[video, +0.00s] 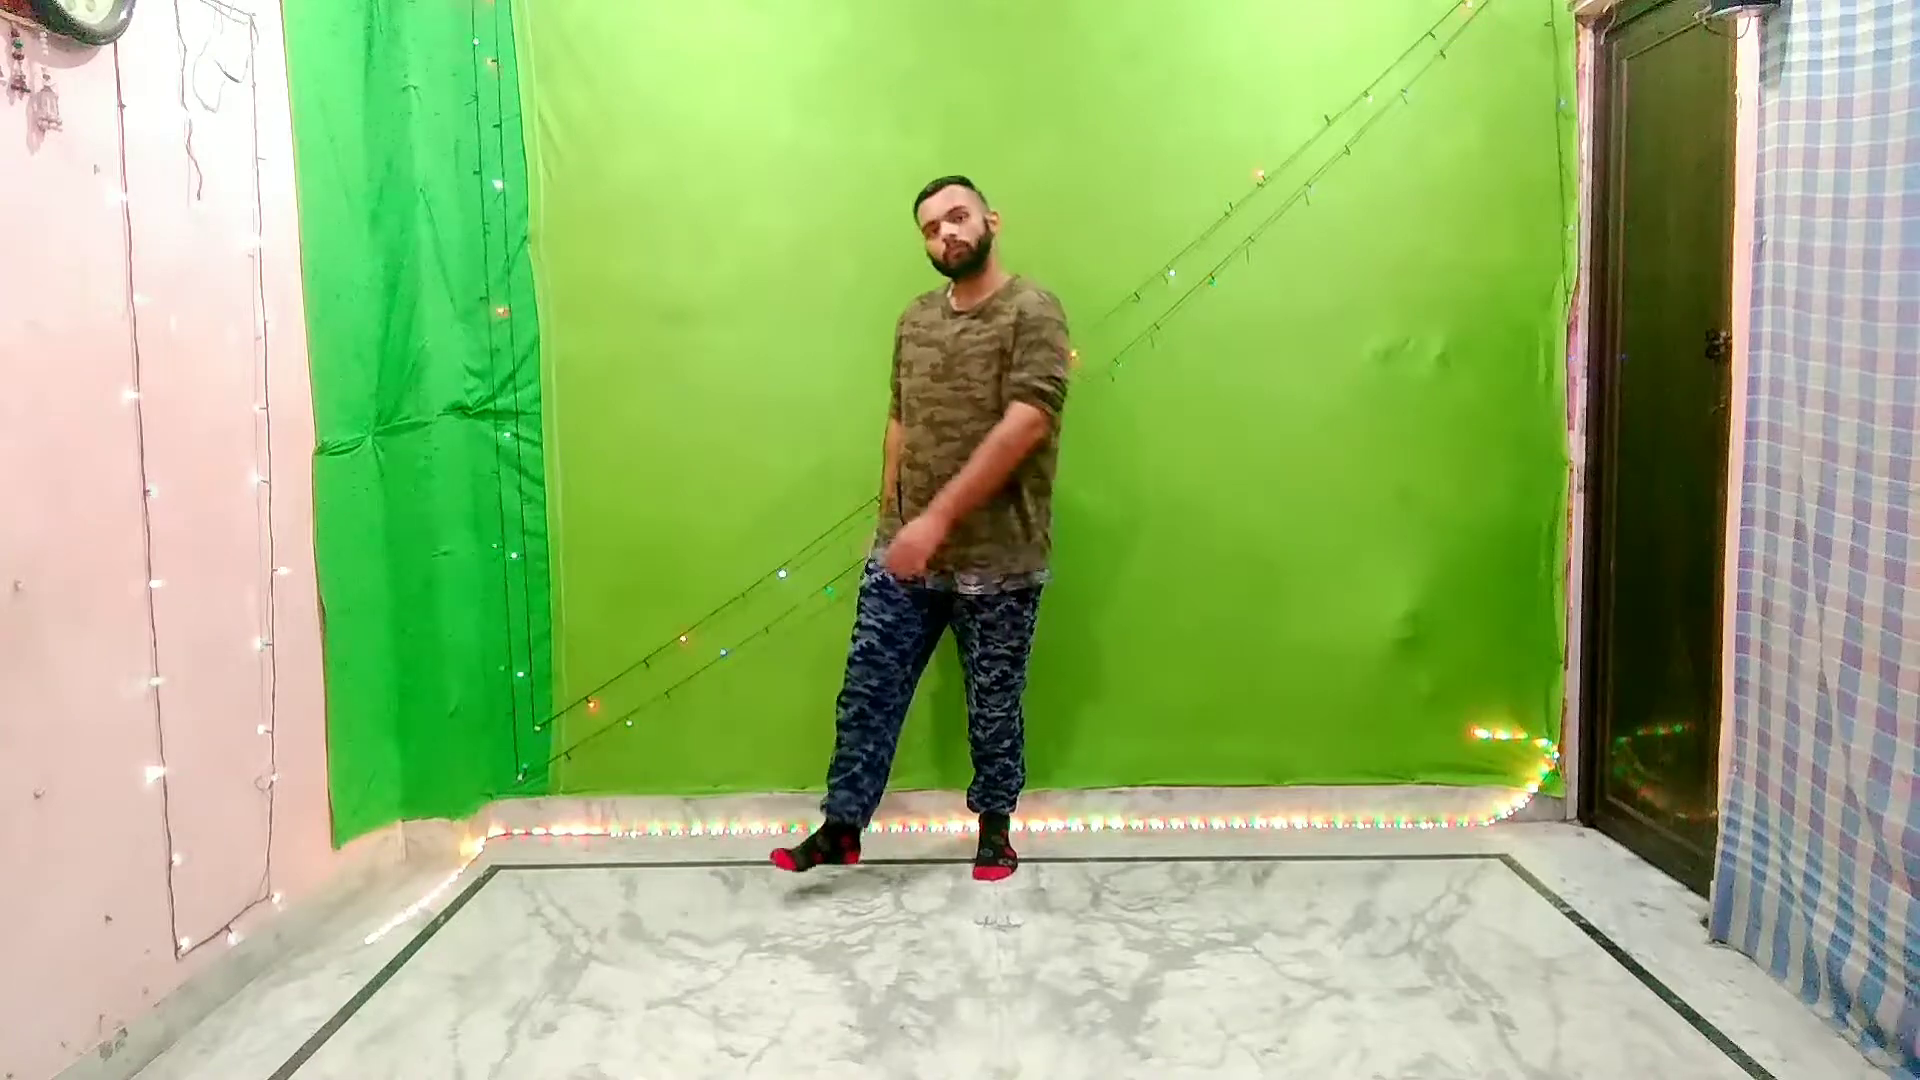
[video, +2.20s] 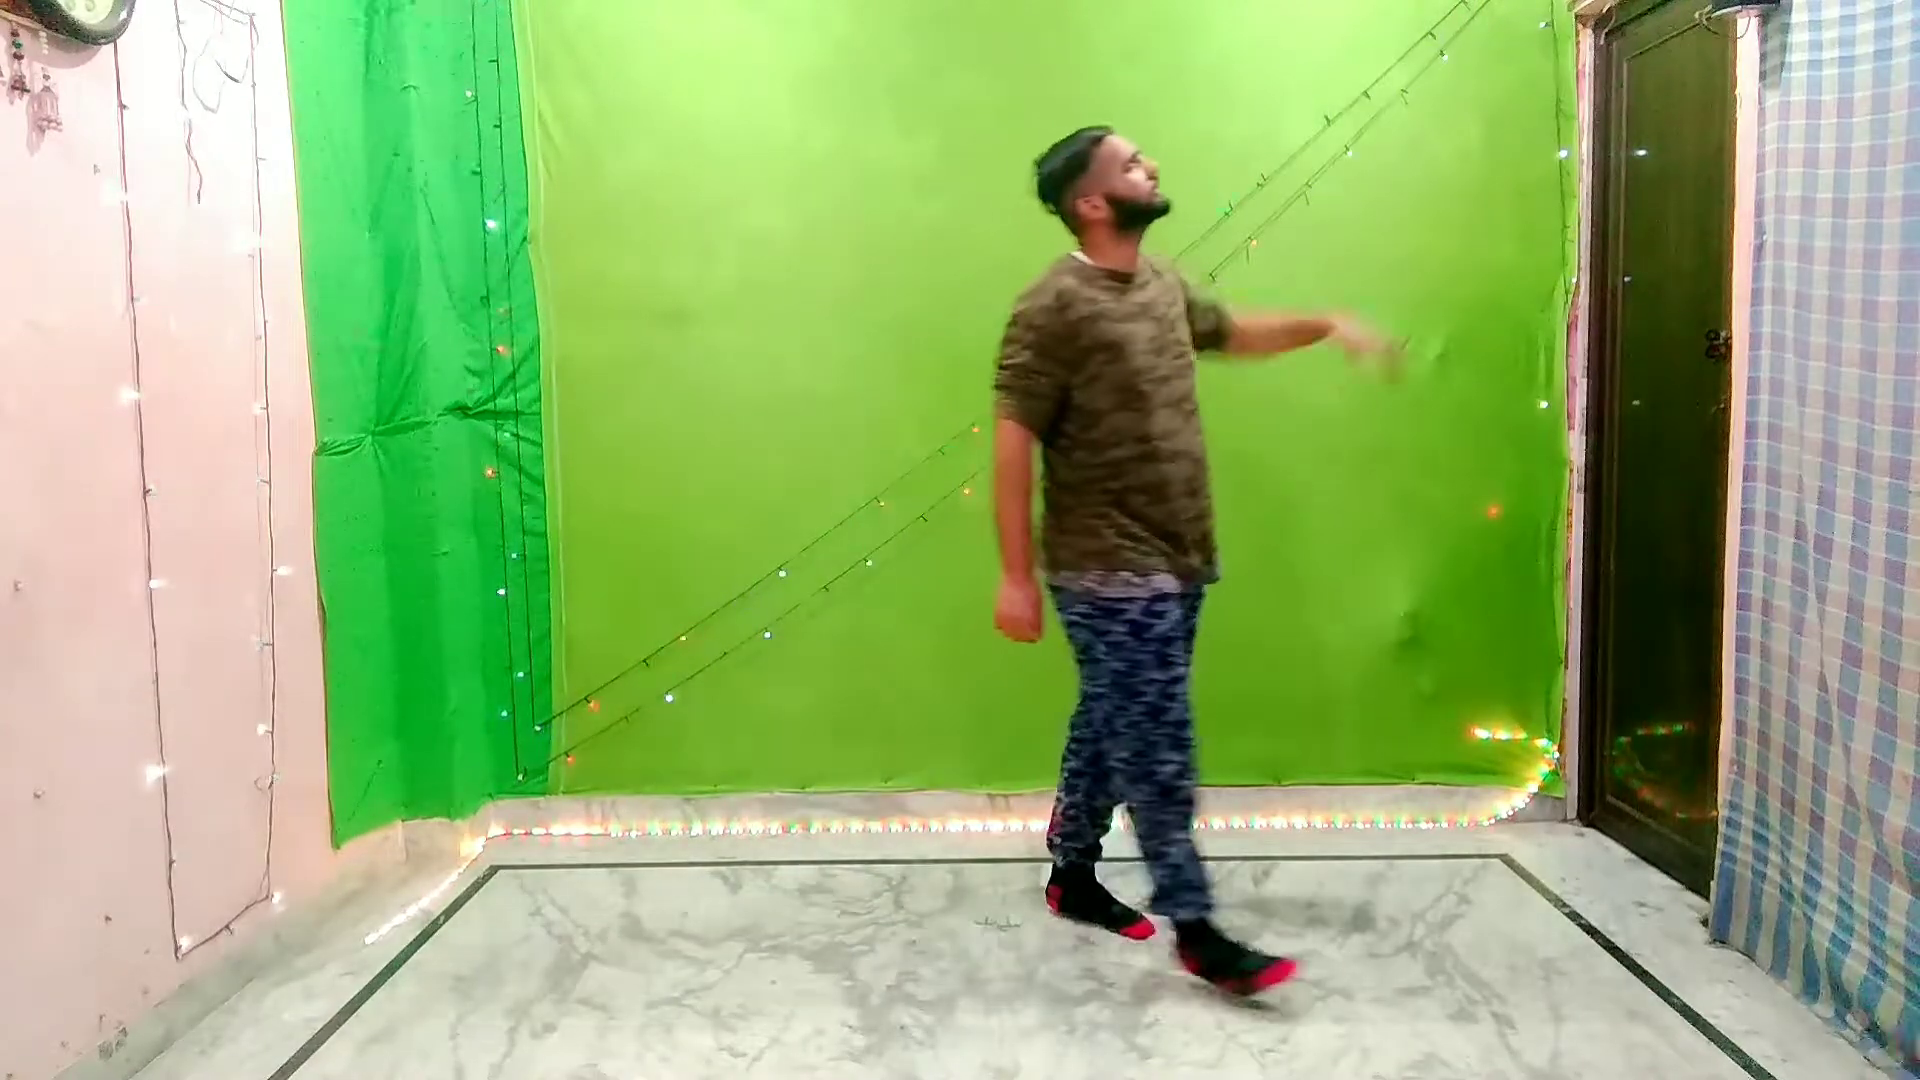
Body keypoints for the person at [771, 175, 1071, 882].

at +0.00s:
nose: (946, 233)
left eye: (956, 217)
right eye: (932, 229)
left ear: (992, 221)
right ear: (926, 247)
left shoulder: (1032, 310)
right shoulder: (917, 321)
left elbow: (1027, 422)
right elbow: (900, 423)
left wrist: (937, 520)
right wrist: (892, 517)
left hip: (997, 548)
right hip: (911, 543)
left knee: (993, 699)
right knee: (869, 686)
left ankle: (994, 829)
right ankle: (841, 828)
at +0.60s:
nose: (810, 213)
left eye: (810, 201)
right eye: (789, 219)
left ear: (833, 214)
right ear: (772, 259)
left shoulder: (914, 291)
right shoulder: (775, 352)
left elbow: (987, 391)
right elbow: (774, 469)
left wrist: (1006, 513)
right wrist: (783, 579)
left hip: (936, 550)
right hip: (831, 571)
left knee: (959, 704)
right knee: (832, 731)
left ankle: (983, 815)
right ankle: (823, 878)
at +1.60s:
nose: (938, 182)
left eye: (931, 173)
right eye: (915, 184)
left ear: (947, 203)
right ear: (885, 232)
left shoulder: (989, 297)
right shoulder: (881, 322)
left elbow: (1004, 432)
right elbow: (878, 458)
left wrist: (1029, 554)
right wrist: (921, 583)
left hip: (1015, 578)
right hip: (918, 590)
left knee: (1030, 744)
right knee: (873, 749)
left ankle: (1063, 882)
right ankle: (825, 887)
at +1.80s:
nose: (1034, 171)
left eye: (1027, 161)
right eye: (1011, 167)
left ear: (1015, 200)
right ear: (974, 206)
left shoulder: (1085, 283)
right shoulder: (957, 324)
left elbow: (1121, 391)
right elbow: (934, 462)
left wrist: (1111, 491)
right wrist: (938, 593)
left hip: (1094, 570)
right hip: (1005, 582)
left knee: (1072, 742)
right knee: (961, 739)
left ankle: (1068, 883)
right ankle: (894, 868)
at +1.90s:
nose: (1076, 165)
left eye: (1067, 157)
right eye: (1055, 161)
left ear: (1060, 196)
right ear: (1017, 202)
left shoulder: (1125, 279)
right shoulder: (988, 318)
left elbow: (1183, 336)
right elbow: (953, 445)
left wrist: (1209, 441)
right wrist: (960, 579)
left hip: (1125, 554)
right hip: (1037, 562)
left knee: (1102, 728)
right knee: (1046, 728)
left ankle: (1069, 878)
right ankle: (985, 881)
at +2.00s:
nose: (1100, 166)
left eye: (1092, 157)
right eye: (1078, 162)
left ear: (1083, 197)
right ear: (1038, 202)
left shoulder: (1134, 277)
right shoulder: (1009, 309)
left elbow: (1203, 311)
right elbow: (970, 437)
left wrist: (1257, 398)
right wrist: (972, 572)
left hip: (1143, 544)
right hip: (1055, 550)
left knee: (1117, 726)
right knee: (1083, 723)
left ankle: (1070, 877)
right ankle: (1057, 907)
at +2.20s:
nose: (1148, 164)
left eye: (1140, 154)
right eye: (1128, 160)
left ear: (1116, 199)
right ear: (1088, 200)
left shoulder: (1163, 289)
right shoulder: (1053, 306)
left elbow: (1227, 332)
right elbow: (1013, 438)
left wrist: (1325, 324)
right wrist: (1017, 575)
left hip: (1174, 557)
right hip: (1107, 565)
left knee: (1112, 722)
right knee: (1158, 740)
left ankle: (1070, 871)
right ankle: (1193, 929)